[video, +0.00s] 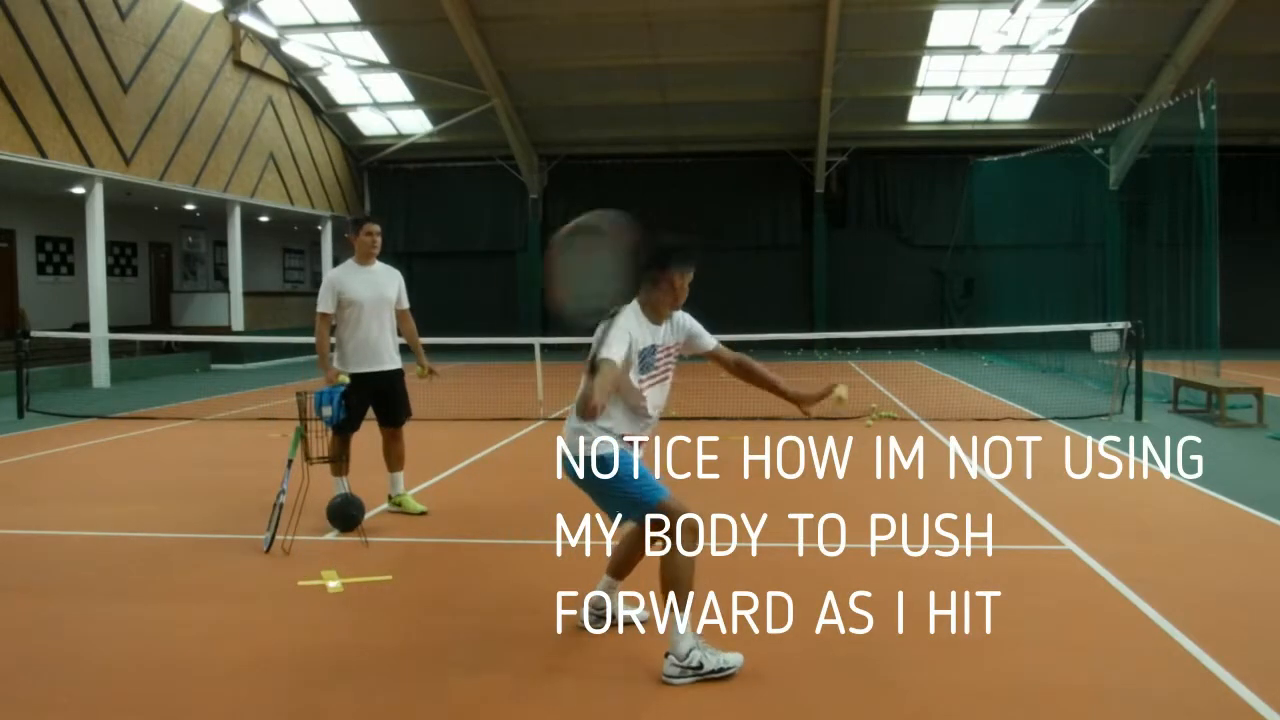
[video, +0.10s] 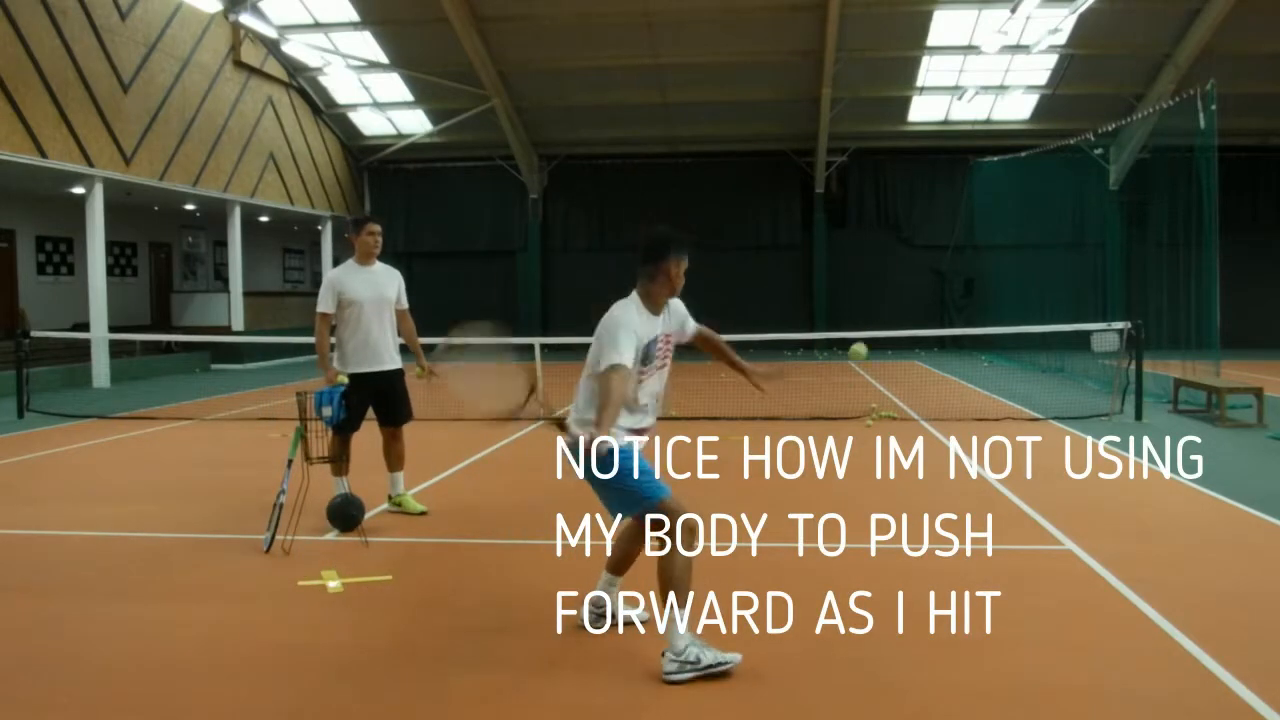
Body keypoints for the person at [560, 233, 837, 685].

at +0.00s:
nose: (686, 289)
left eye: (688, 281)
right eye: (680, 280)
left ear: (680, 285)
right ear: (656, 281)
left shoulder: (678, 321)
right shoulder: (624, 324)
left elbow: (733, 362)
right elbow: (607, 368)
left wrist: (795, 396)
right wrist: (595, 396)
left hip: (621, 446)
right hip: (593, 446)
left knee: (649, 521)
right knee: (680, 524)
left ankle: (599, 603)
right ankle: (683, 650)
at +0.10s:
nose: (681, 282)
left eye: (683, 274)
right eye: (675, 274)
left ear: (675, 275)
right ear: (652, 273)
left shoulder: (673, 308)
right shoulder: (622, 319)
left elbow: (705, 339)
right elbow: (615, 378)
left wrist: (744, 368)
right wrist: (603, 428)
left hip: (631, 440)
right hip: (603, 444)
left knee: (642, 518)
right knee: (681, 526)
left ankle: (600, 602)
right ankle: (679, 646)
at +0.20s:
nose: (677, 249)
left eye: (676, 239)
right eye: (675, 240)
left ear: (640, 238)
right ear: (662, 241)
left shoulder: (613, 276)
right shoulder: (645, 294)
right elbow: (659, 372)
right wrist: (656, 434)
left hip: (590, 423)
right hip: (626, 427)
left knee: (631, 506)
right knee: (678, 517)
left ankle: (601, 599)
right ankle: (676, 636)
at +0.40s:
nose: (667, 207)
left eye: (665, 200)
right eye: (666, 200)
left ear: (621, 200)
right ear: (656, 203)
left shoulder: (582, 246)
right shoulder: (667, 256)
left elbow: (540, 301)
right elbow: (699, 255)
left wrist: (580, 284)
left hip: (589, 402)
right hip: (650, 401)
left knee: (577, 503)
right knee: (670, 497)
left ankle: (577, 606)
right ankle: (695, 607)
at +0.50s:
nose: (657, 220)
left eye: (651, 212)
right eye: (657, 213)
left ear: (614, 219)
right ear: (652, 218)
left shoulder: (588, 274)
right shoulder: (658, 259)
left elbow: (555, 338)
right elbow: (628, 221)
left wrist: (593, 323)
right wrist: (586, 209)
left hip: (599, 425)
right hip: (657, 419)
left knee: (555, 519)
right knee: (681, 513)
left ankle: (532, 633)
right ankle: (732, 611)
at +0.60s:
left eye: (593, 231)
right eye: (627, 232)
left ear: (586, 234)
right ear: (627, 234)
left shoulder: (585, 292)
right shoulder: (633, 272)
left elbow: (576, 372)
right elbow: (587, 259)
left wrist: (538, 347)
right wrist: (547, 252)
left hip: (611, 434)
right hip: (657, 423)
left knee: (544, 530)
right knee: (673, 519)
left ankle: (538, 653)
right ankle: (734, 615)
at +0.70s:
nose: (587, 234)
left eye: (555, 226)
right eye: (591, 226)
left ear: (548, 228)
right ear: (592, 229)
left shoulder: (562, 288)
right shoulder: (600, 272)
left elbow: (577, 367)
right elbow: (579, 311)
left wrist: (512, 398)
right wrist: (535, 302)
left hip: (587, 438)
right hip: (630, 430)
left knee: (528, 537)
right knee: (664, 520)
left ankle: (549, 662)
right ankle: (729, 611)